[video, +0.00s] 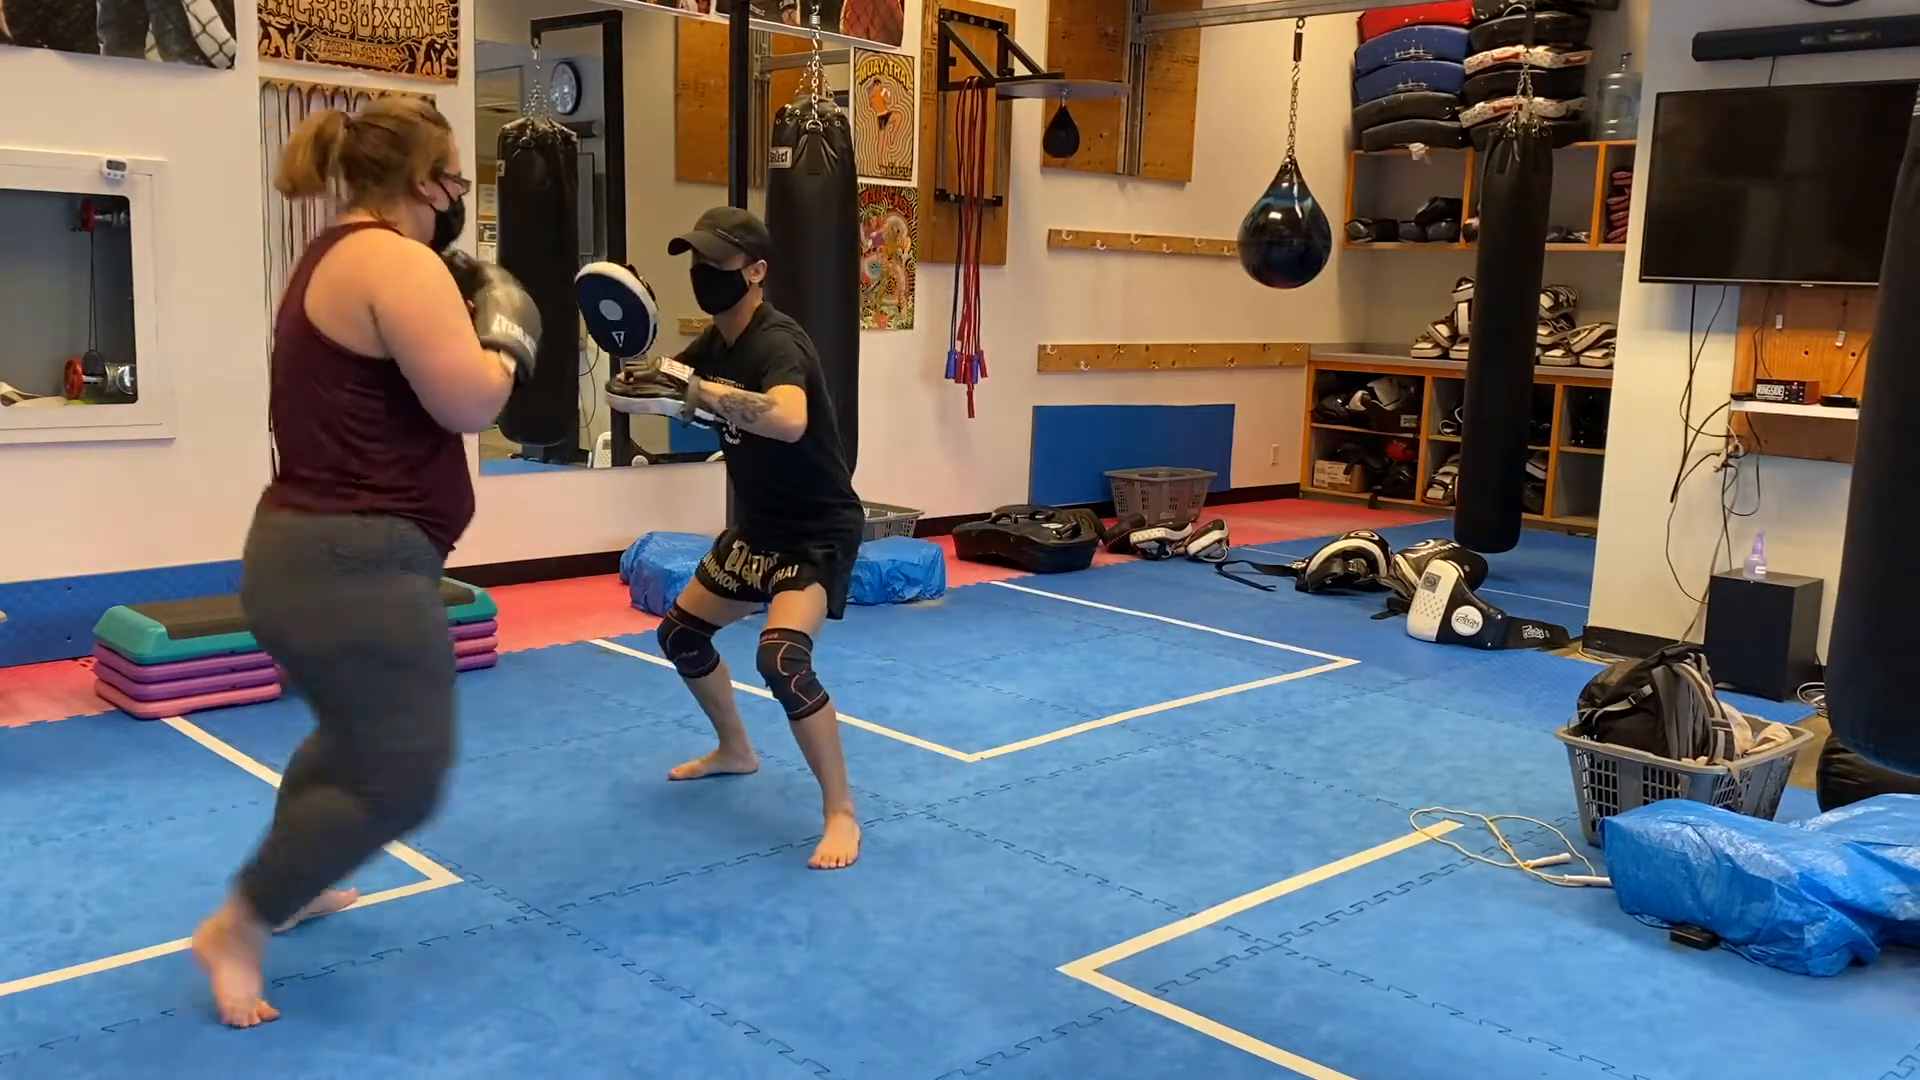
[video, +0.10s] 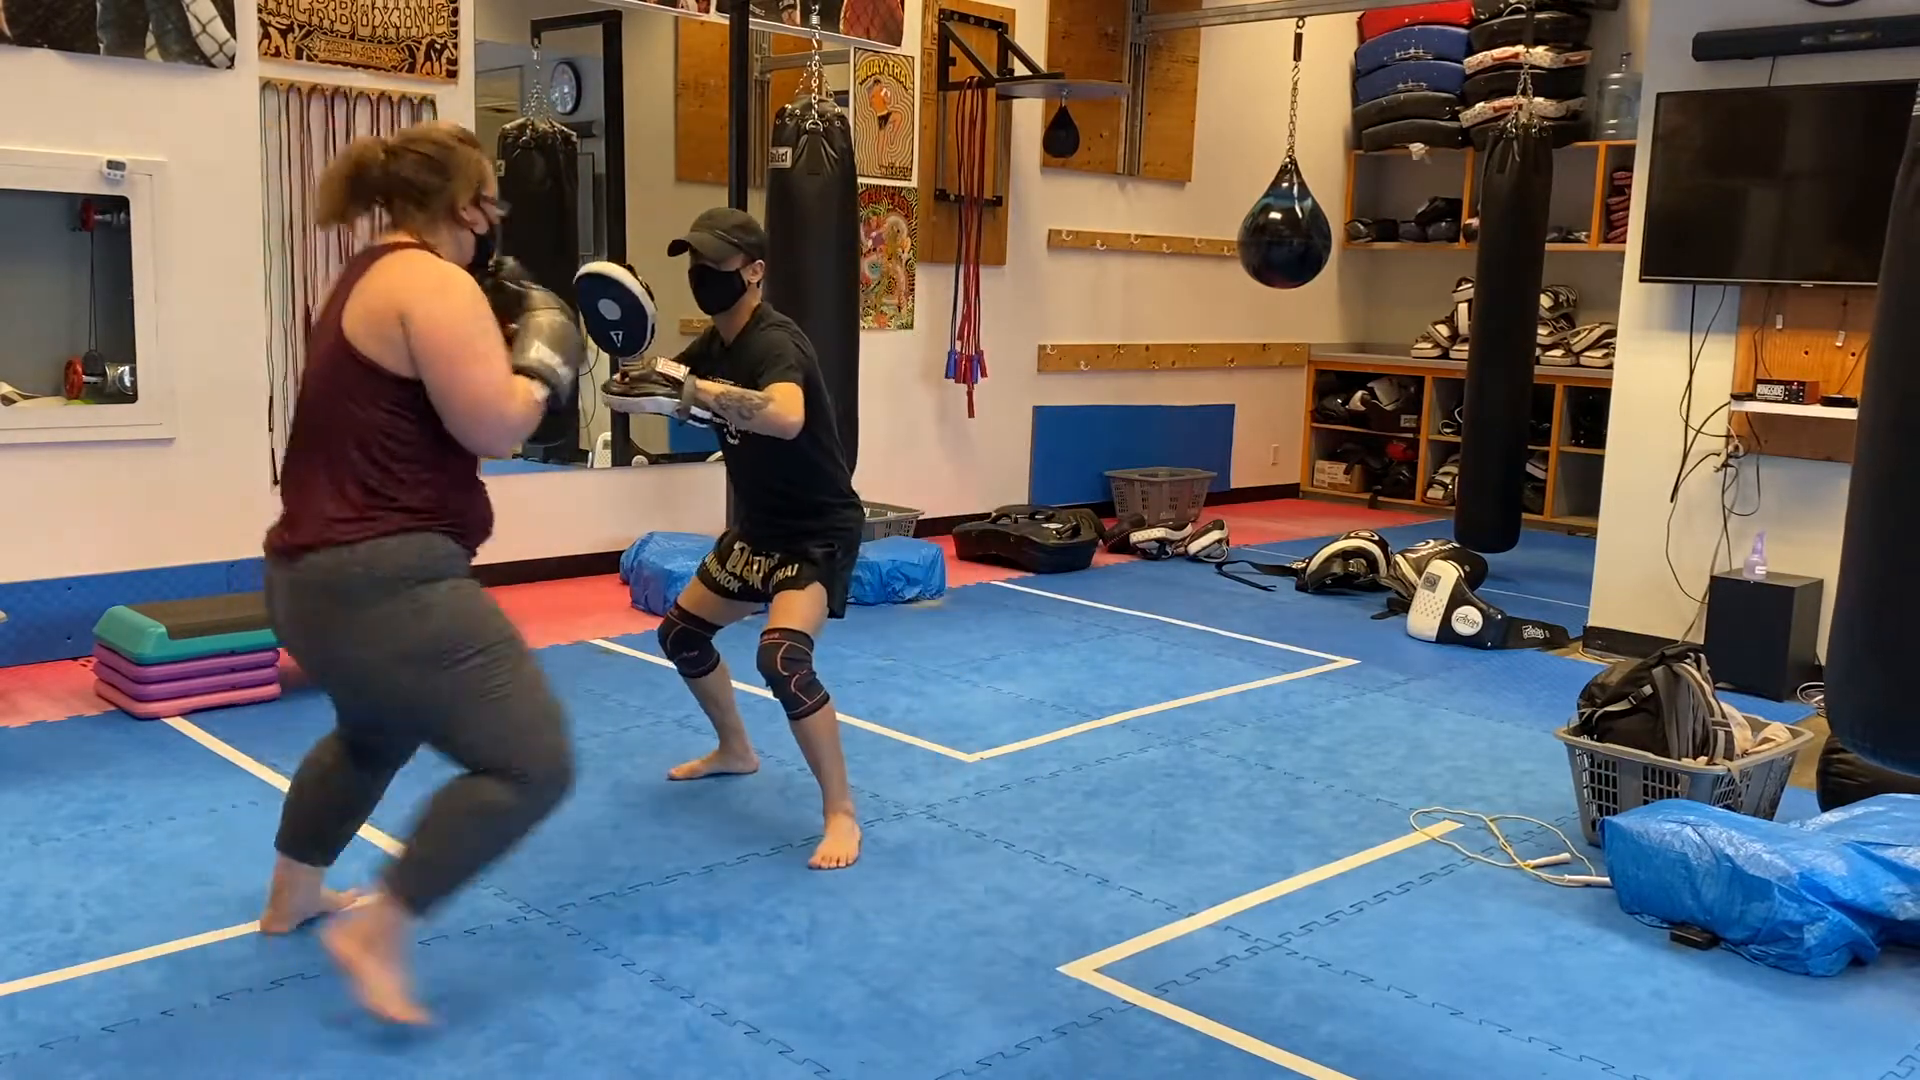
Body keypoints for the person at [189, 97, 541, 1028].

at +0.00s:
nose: (452, 200)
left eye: (453, 184)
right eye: (447, 183)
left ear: (364, 181)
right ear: (415, 182)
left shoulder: (330, 256)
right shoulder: (398, 262)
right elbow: (468, 401)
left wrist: (452, 316)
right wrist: (505, 343)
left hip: (299, 548)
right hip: (362, 561)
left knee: (352, 731)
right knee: (403, 780)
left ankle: (288, 882)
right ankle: (236, 927)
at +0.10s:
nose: (488, 223)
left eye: (489, 207)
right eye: (480, 206)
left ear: (397, 202)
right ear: (443, 204)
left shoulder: (360, 280)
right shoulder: (432, 284)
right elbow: (496, 427)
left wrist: (488, 317)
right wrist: (542, 361)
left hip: (310, 569)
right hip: (388, 571)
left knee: (378, 731)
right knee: (532, 763)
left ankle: (292, 893)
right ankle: (380, 924)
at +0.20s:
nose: (534, 221)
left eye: (534, 204)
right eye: (527, 205)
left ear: (438, 198)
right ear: (496, 204)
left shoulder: (390, 276)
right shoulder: (494, 280)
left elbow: (453, 401)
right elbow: (575, 407)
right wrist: (607, 337)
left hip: (358, 583)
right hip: (456, 577)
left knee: (372, 746)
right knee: (616, 754)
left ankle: (294, 894)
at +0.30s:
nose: (589, 223)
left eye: (585, 208)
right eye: (584, 208)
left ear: (477, 204)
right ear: (563, 208)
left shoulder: (427, 292)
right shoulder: (568, 286)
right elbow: (663, 401)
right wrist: (687, 337)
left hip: (432, 591)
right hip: (562, 588)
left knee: (407, 747)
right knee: (668, 807)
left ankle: (328, 905)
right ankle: (693, 1045)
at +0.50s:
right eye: (651, 187)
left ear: (557, 188)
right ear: (650, 192)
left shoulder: (486, 279)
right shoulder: (679, 280)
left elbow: (456, 414)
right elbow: (790, 391)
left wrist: (547, 379)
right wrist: (770, 331)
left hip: (526, 593)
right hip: (674, 583)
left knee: (492, 765)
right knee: (719, 820)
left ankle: (450, 963)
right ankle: (696, 1055)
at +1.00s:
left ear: (569, 154)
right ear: (664, 155)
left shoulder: (506, 242)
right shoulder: (715, 250)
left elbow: (448, 381)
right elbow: (793, 388)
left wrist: (525, 314)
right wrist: (719, 332)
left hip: (551, 570)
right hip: (706, 561)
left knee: (538, 785)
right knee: (778, 762)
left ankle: (512, 983)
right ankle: (778, 975)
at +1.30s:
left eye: (669, 171)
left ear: (675, 180)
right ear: (778, 182)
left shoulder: (624, 280)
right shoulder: (835, 278)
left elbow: (570, 425)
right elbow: (910, 413)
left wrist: (643, 366)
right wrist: (828, 349)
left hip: (677, 603)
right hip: (837, 586)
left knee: (603, 799)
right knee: (876, 812)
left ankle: (525, 980)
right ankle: (923, 1049)